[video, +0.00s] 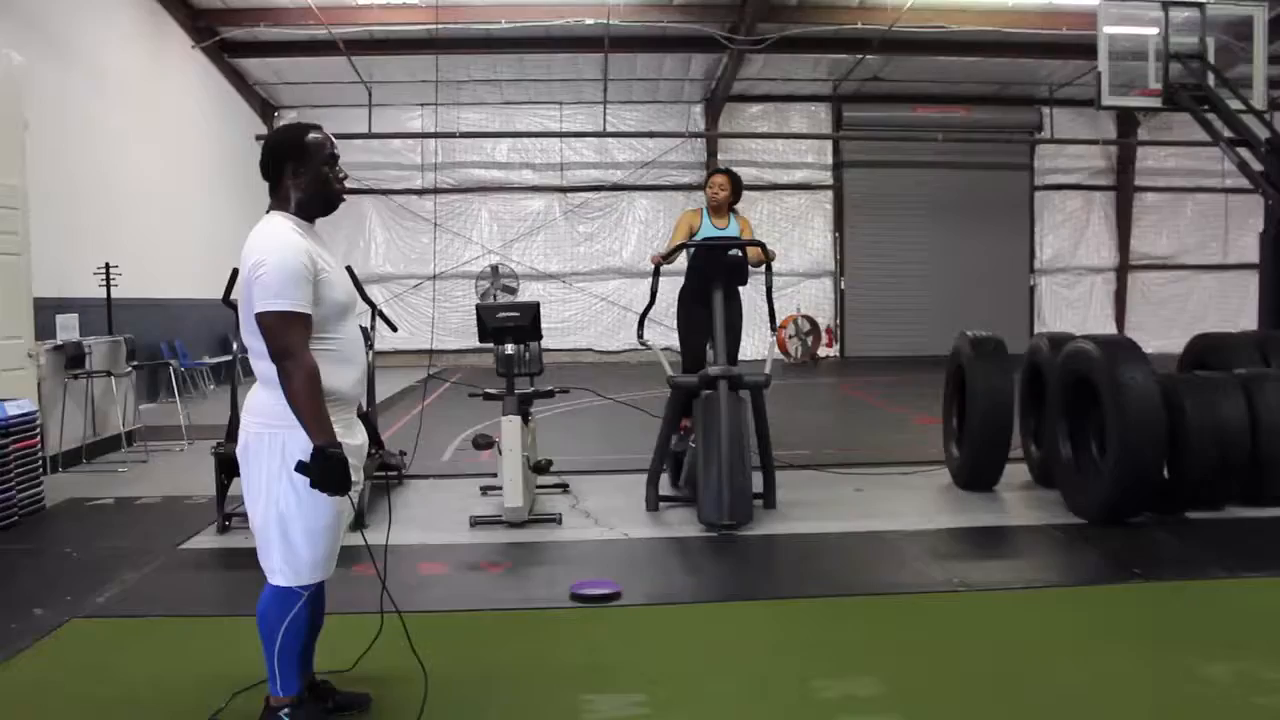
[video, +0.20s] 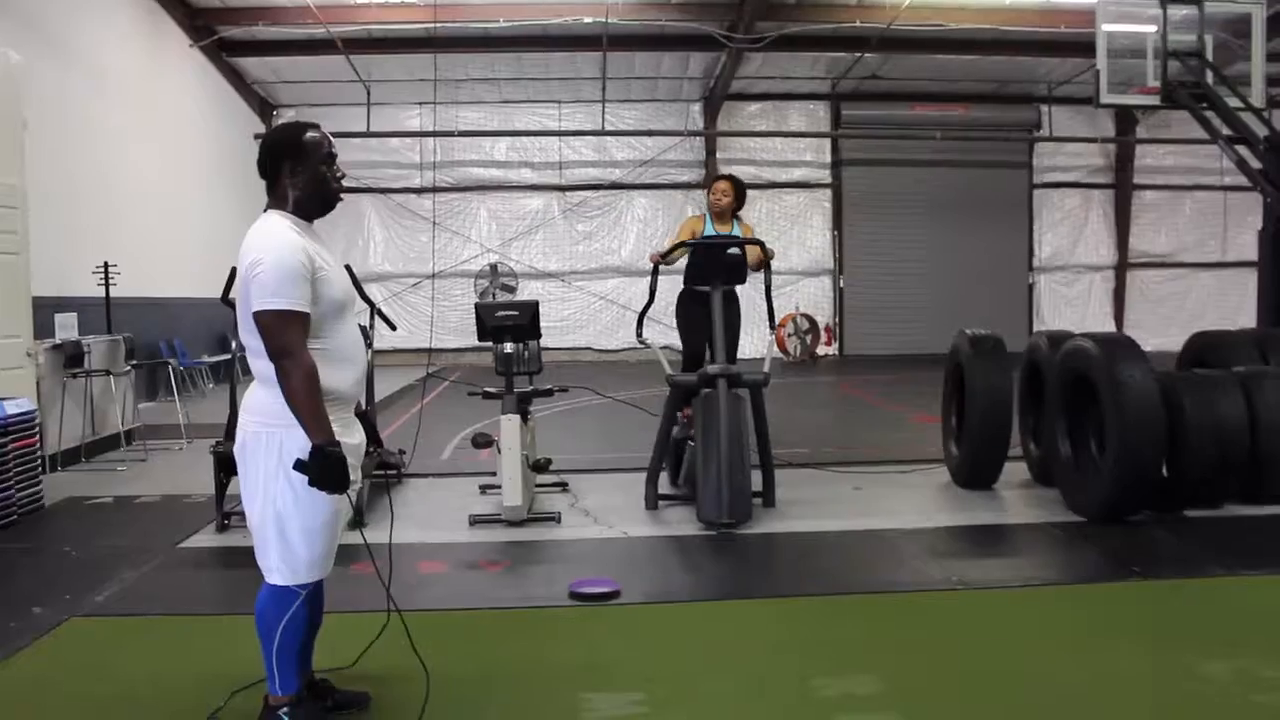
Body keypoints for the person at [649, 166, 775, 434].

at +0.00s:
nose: (714, 192)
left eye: (721, 188)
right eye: (711, 186)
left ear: (732, 195)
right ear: (705, 190)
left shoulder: (741, 223)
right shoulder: (692, 217)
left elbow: (752, 258)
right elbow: (675, 247)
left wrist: (765, 255)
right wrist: (664, 256)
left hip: (728, 296)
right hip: (695, 296)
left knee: (728, 361)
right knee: (693, 363)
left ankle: (726, 420)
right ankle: (686, 421)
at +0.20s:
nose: (716, 198)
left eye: (723, 194)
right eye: (713, 193)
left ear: (735, 202)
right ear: (707, 196)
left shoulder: (744, 229)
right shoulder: (695, 224)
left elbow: (753, 264)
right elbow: (677, 250)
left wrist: (764, 258)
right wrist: (663, 257)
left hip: (726, 299)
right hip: (694, 299)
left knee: (726, 357)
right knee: (694, 356)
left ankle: (723, 409)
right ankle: (685, 407)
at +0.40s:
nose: (709, 194)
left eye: (717, 191)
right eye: (707, 189)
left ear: (729, 198)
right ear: (702, 191)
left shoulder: (738, 224)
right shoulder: (689, 221)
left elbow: (749, 260)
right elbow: (673, 252)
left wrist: (761, 255)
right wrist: (661, 256)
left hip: (724, 295)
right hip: (692, 295)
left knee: (721, 357)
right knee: (693, 356)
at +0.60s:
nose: (693, 188)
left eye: (700, 183)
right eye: (690, 183)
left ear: (714, 188)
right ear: (686, 187)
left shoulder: (727, 217)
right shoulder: (678, 217)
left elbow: (746, 251)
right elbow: (667, 244)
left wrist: (761, 250)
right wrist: (659, 253)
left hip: (720, 294)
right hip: (687, 295)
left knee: (724, 359)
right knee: (689, 363)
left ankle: (724, 422)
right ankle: (689, 424)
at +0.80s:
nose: (686, 197)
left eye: (694, 192)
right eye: (684, 192)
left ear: (708, 197)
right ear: (680, 195)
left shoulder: (723, 224)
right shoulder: (673, 227)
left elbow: (743, 252)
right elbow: (663, 259)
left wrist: (757, 250)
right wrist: (657, 257)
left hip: (719, 301)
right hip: (685, 302)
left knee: (729, 361)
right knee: (687, 367)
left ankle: (729, 424)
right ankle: (685, 428)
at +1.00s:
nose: (697, 189)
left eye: (704, 185)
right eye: (695, 184)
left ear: (718, 190)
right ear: (690, 188)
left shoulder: (729, 219)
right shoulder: (680, 218)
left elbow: (745, 254)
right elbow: (667, 252)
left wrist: (759, 250)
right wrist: (659, 256)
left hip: (723, 294)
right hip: (689, 295)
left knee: (731, 356)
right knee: (690, 360)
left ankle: (731, 417)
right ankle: (685, 421)